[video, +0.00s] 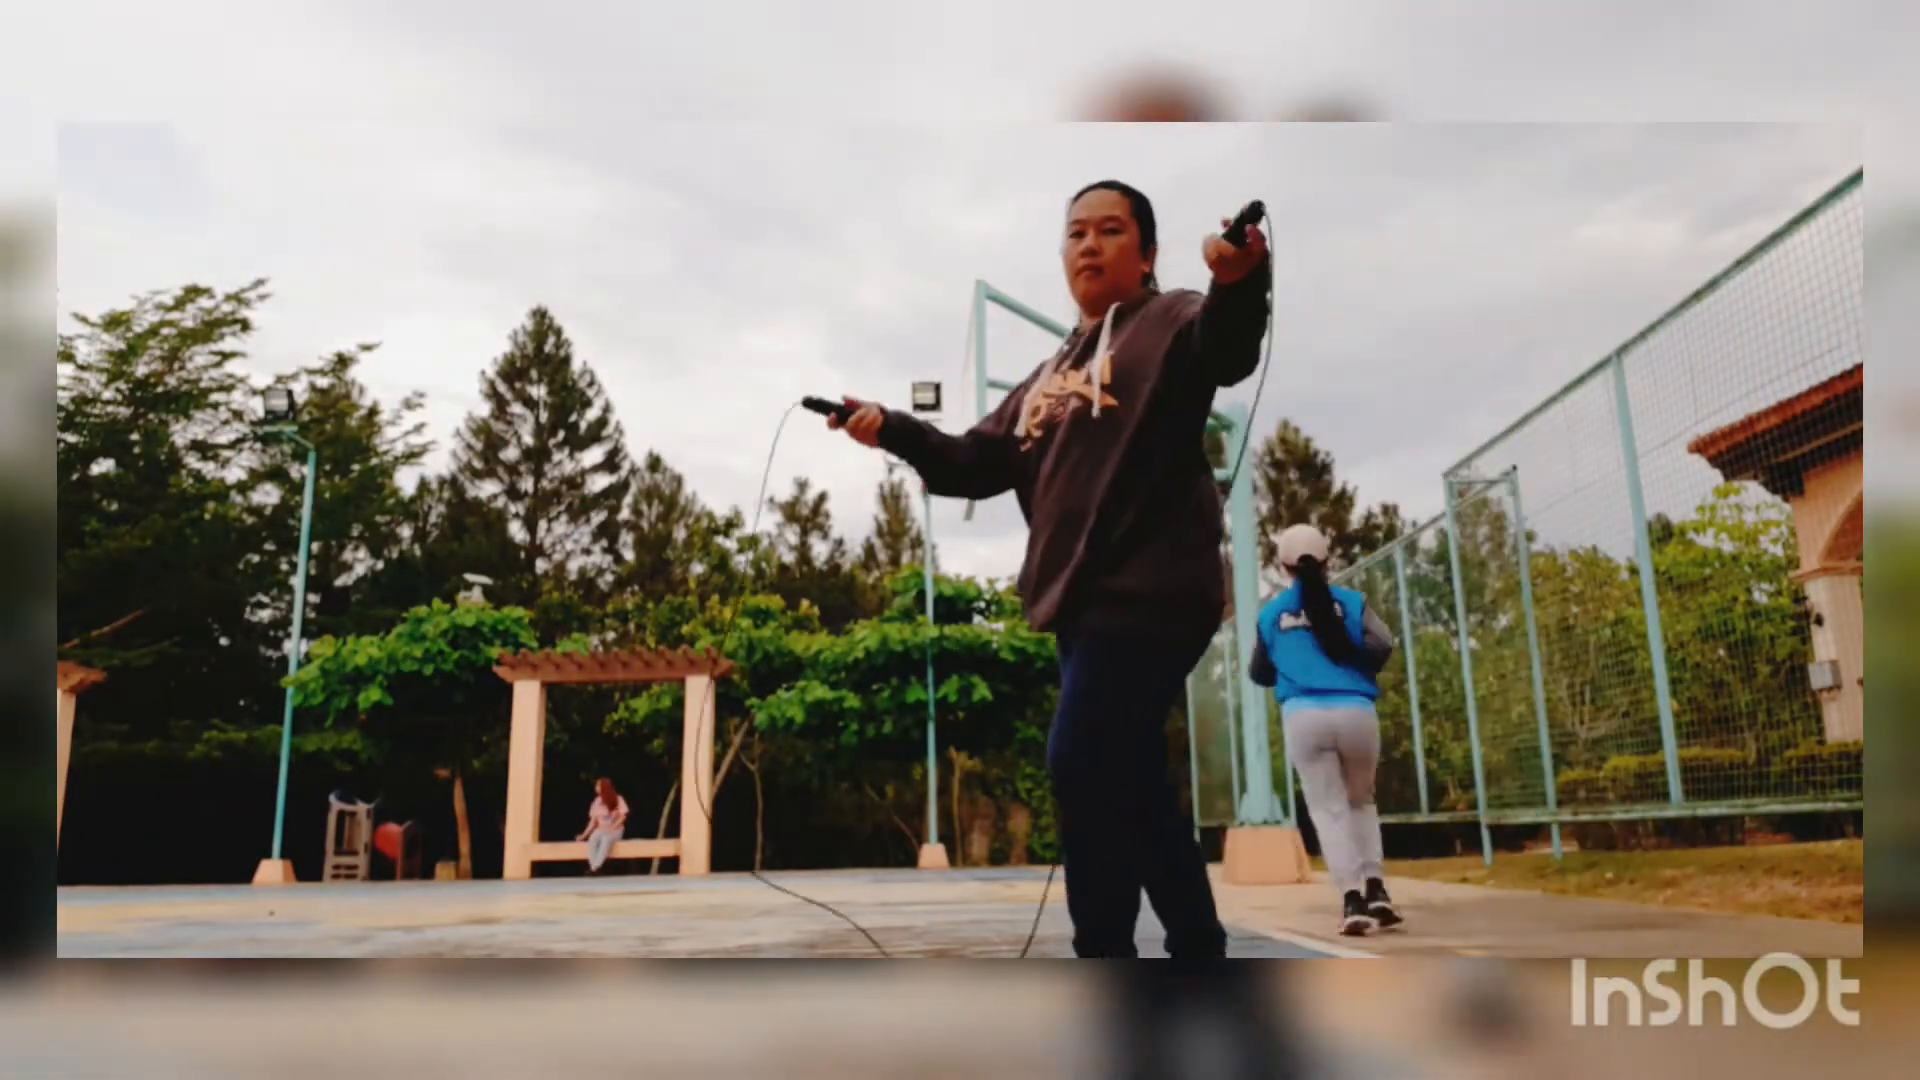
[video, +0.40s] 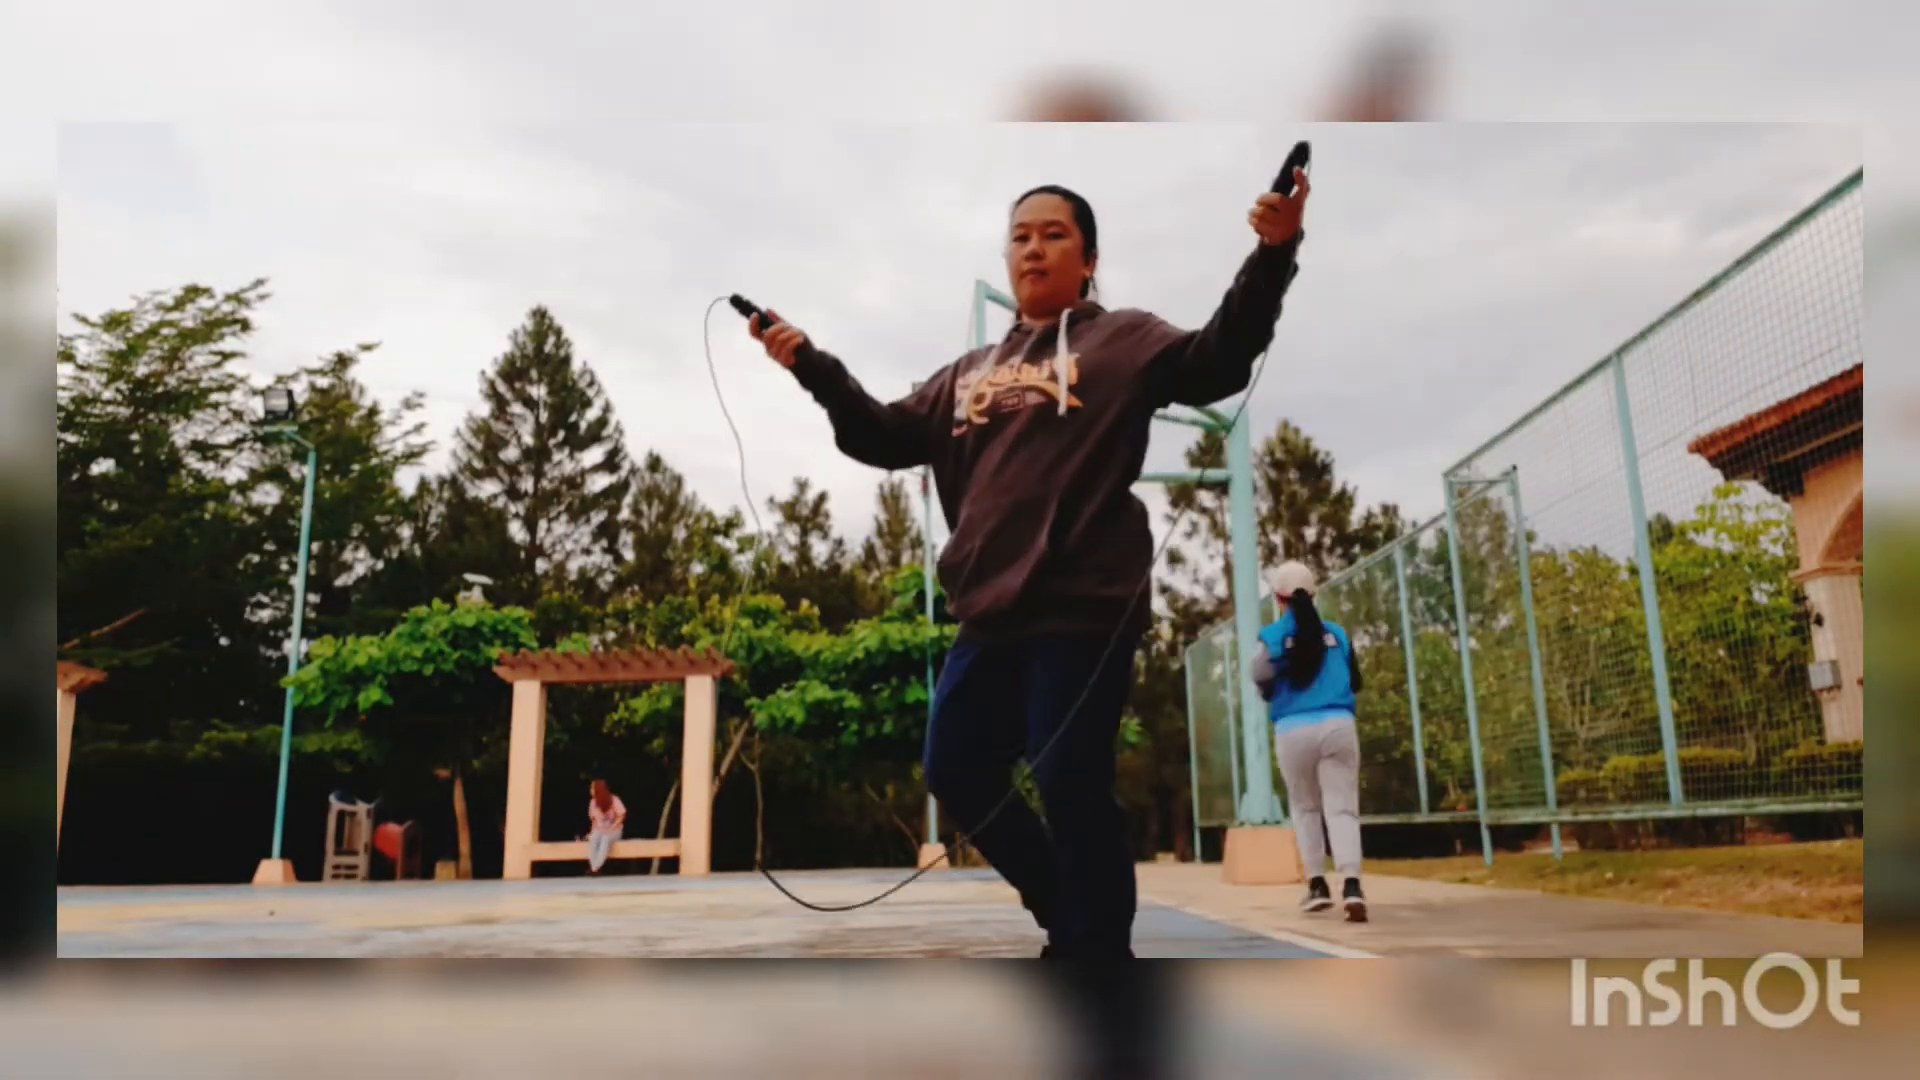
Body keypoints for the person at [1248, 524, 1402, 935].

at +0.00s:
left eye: (1283, 560)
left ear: (1283, 564)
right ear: (1326, 559)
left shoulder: (1271, 613)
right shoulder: (1351, 601)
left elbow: (1259, 672)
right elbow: (1382, 642)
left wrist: (1291, 670)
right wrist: (1362, 669)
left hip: (1304, 718)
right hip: (1356, 713)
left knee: (1328, 809)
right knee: (1363, 802)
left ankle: (1352, 899)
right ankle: (1374, 884)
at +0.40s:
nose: (1275, 600)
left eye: (1275, 596)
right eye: (1277, 595)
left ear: (1279, 598)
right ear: (1312, 595)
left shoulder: (1272, 635)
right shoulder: (1336, 632)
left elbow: (1261, 675)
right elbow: (1353, 679)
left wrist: (1273, 691)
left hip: (1293, 727)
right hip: (1338, 721)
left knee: (1305, 808)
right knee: (1344, 808)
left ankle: (1317, 883)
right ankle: (1352, 884)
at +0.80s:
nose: (1248, 629)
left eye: (1245, 624)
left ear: (1245, 628)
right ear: (1273, 624)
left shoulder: (1235, 662)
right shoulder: (1294, 657)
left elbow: (1223, 706)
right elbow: (1319, 690)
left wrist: (1246, 690)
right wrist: (1304, 704)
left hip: (1263, 739)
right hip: (1299, 736)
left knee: (1281, 806)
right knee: (1304, 807)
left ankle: (1297, 863)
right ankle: (1306, 869)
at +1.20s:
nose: (1203, 648)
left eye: (1205, 643)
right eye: (1204, 643)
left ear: (1212, 645)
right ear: (1229, 643)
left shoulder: (1212, 675)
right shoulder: (1247, 667)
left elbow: (1209, 712)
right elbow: (1252, 706)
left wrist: (1197, 723)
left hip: (1226, 748)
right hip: (1258, 743)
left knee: (1234, 817)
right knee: (1271, 805)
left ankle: (1244, 874)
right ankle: (1297, 856)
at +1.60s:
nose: (1137, 672)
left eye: (1138, 667)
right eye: (1137, 667)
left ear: (1146, 669)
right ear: (1161, 668)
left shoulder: (1134, 697)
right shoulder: (1177, 693)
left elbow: (1123, 729)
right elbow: (1196, 720)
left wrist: (1125, 712)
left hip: (1158, 761)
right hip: (1184, 757)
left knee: (1175, 820)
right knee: (1179, 819)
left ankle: (1212, 854)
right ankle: (1184, 872)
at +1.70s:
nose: (1120, 679)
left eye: (1123, 675)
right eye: (1120, 674)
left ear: (1131, 677)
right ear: (1144, 677)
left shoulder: (1122, 704)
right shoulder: (1160, 699)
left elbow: (1117, 739)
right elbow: (1173, 727)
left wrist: (1121, 752)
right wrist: (1165, 747)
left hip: (1145, 769)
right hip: (1171, 764)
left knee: (1147, 827)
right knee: (1166, 824)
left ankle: (1183, 852)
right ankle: (1182, 870)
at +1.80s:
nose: (1090, 675)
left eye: (1093, 671)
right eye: (1091, 671)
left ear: (1103, 673)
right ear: (1109, 673)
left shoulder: (1105, 698)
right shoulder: (1123, 693)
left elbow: (1110, 731)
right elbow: (1124, 725)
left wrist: (1094, 740)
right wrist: (1094, 723)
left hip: (1118, 765)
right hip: (1141, 760)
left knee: (1107, 815)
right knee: (1149, 817)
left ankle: (1129, 865)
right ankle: (1178, 865)